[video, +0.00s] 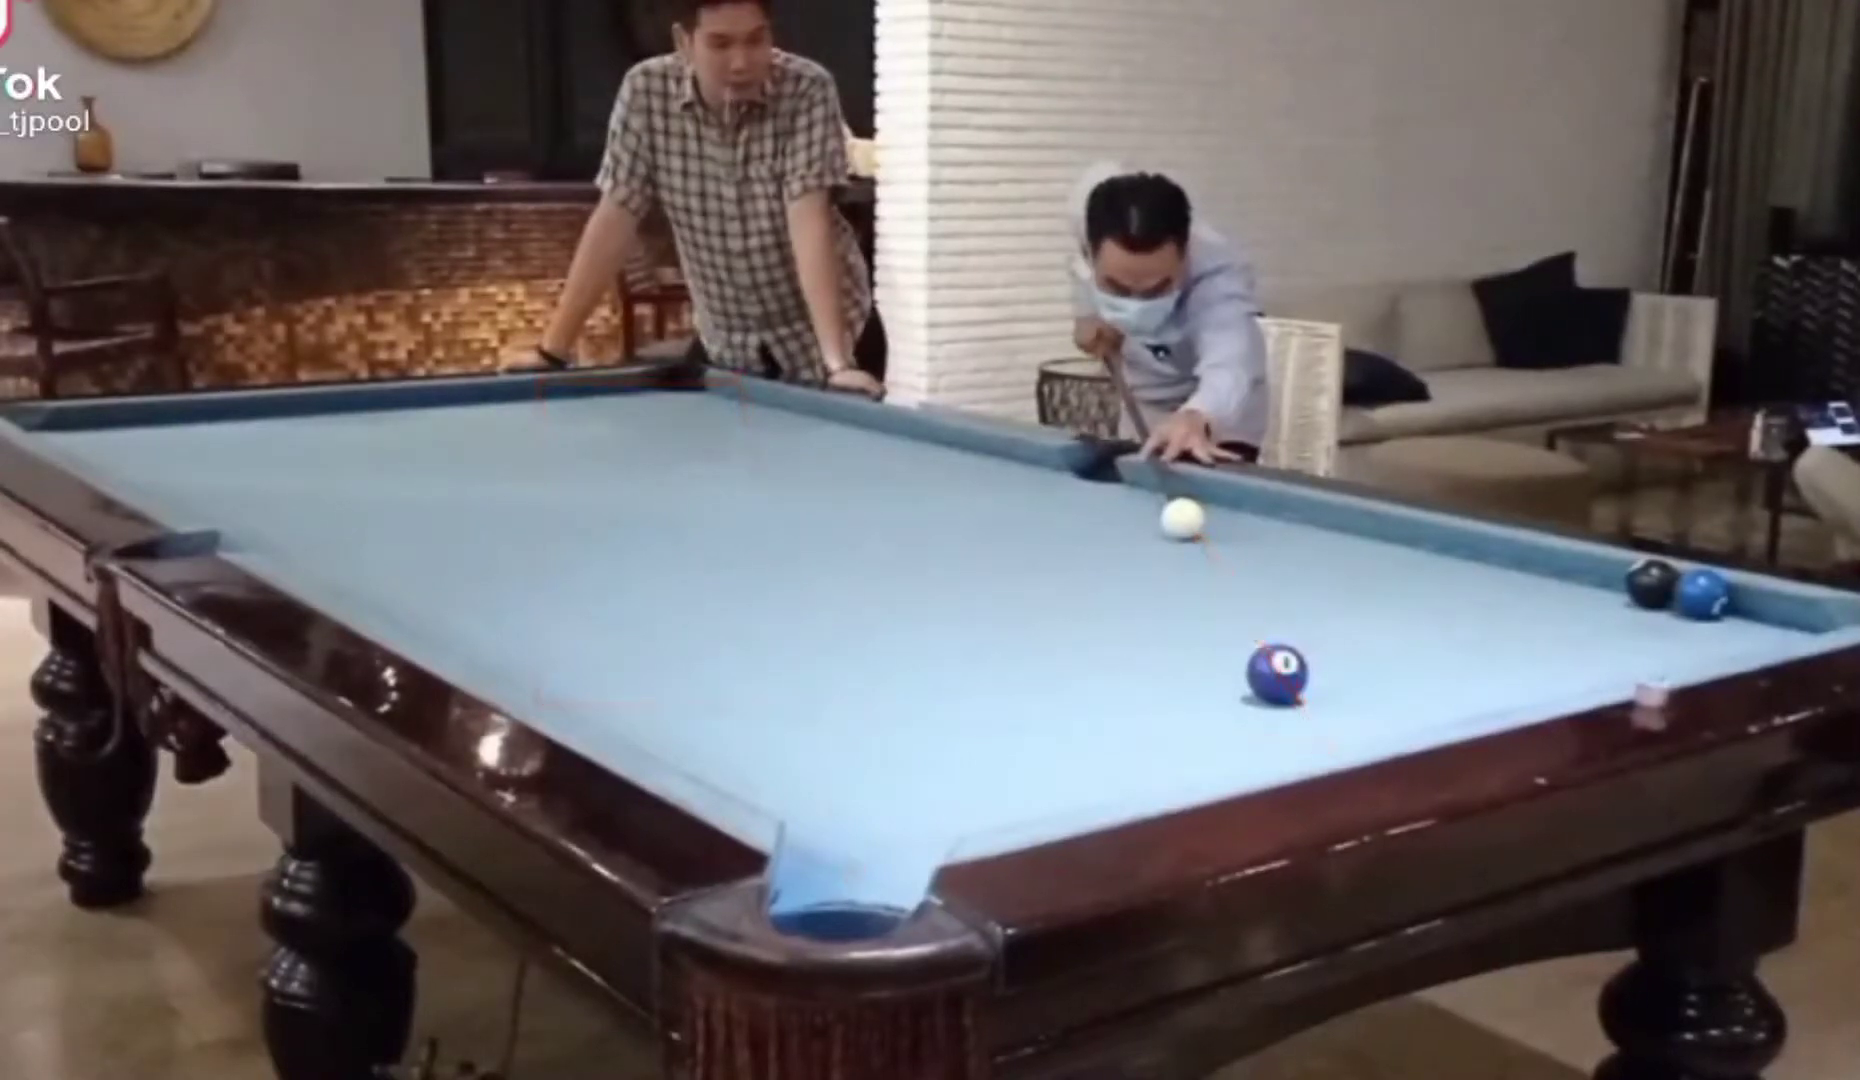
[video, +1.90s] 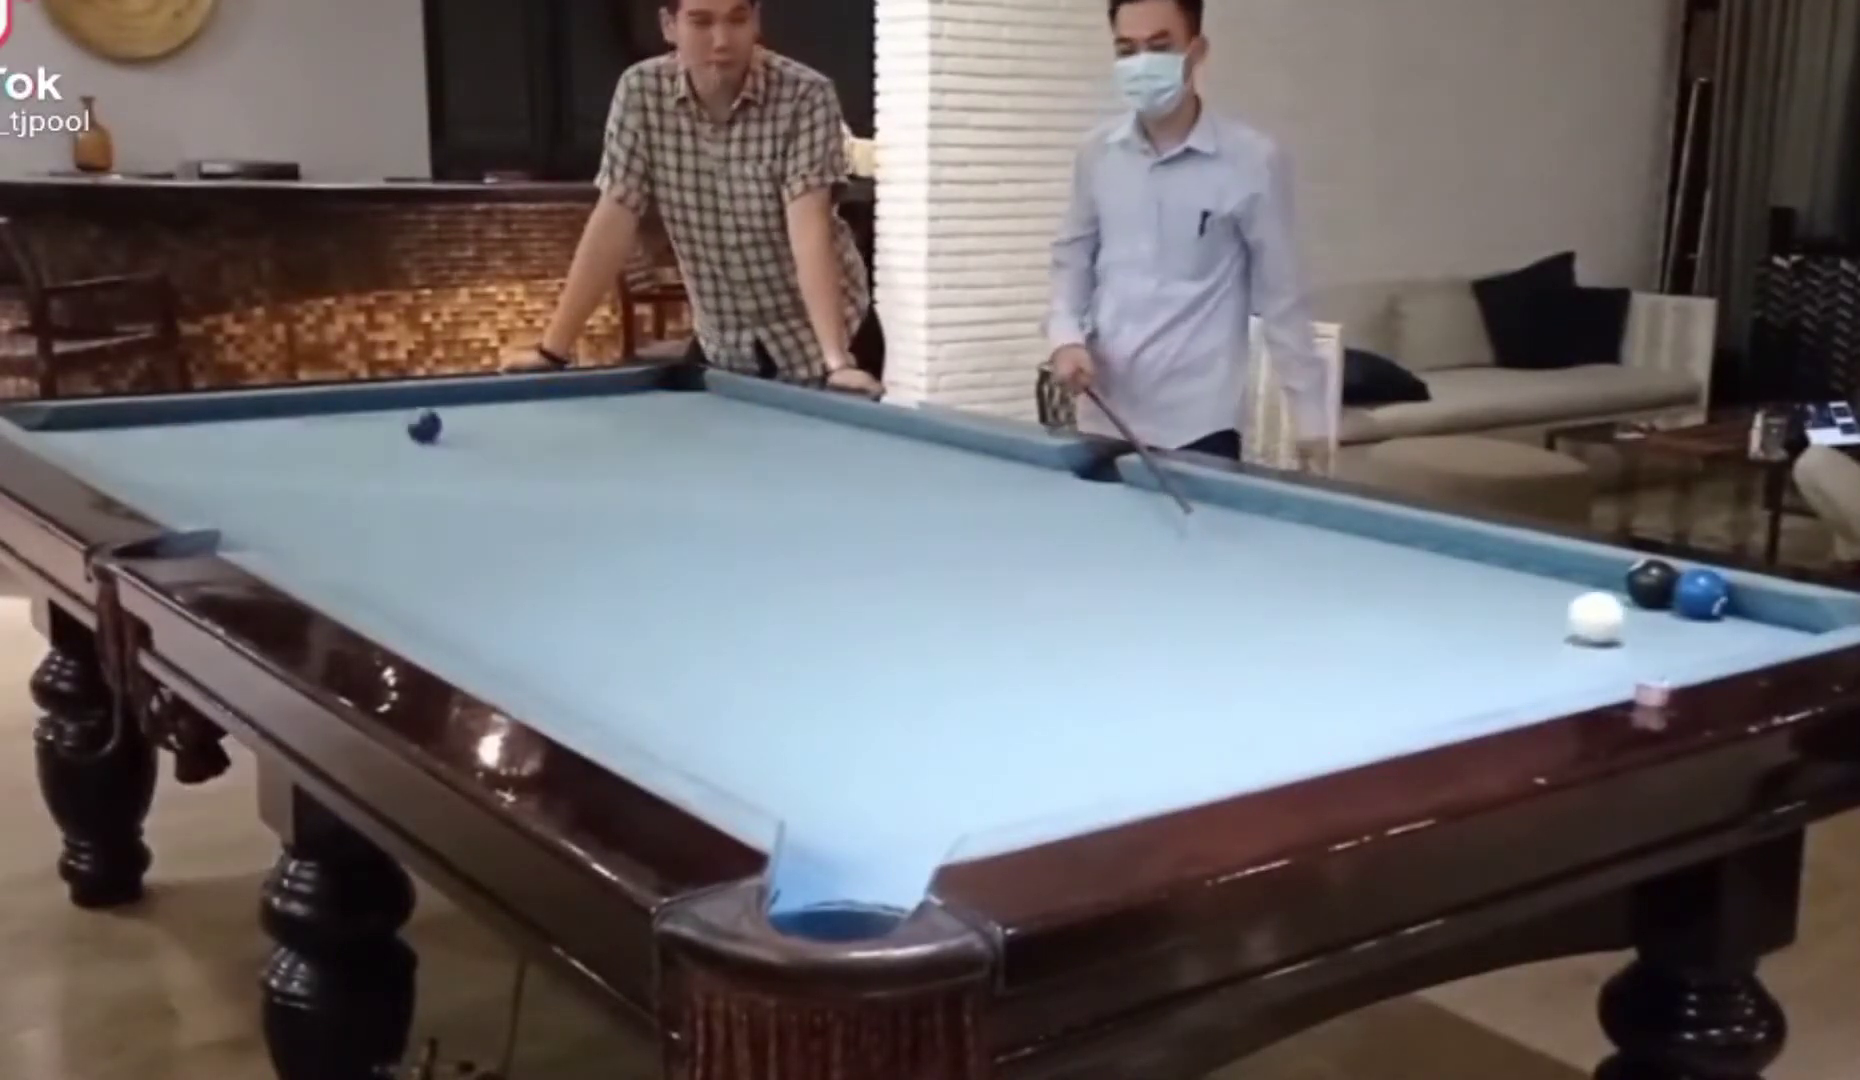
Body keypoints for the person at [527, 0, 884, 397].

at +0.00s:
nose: (740, 62)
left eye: (755, 41)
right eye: (720, 44)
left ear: (771, 36)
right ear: (684, 44)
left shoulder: (806, 90)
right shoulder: (647, 91)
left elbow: (809, 216)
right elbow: (616, 213)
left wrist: (838, 363)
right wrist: (553, 351)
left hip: (824, 343)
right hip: (725, 345)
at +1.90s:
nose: (721, 40)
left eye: (737, 21)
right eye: (702, 22)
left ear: (757, 23)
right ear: (669, 26)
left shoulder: (803, 94)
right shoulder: (641, 92)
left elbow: (810, 223)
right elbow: (614, 217)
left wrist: (837, 361)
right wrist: (553, 350)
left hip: (822, 341)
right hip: (724, 343)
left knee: (834, 495)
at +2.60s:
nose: (757, 29)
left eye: (765, 13)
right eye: (737, 15)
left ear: (777, 19)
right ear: (691, 23)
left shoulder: (811, 101)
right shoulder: (638, 90)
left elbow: (858, 225)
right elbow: (610, 214)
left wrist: (836, 288)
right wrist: (553, 350)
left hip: (814, 342)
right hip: (701, 345)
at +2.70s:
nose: (766, 31)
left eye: (774, 14)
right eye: (745, 16)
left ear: (784, 19)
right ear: (698, 24)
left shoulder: (813, 102)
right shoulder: (642, 88)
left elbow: (858, 228)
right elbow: (610, 217)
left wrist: (832, 248)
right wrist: (552, 350)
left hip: (816, 336)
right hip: (702, 341)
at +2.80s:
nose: (772, 35)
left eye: (779, 17)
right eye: (751, 19)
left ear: (789, 21)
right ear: (704, 25)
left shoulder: (814, 100)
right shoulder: (645, 87)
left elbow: (852, 247)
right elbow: (610, 218)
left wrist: (820, 202)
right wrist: (552, 351)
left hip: (815, 333)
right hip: (701, 339)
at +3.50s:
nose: (767, 40)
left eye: (777, 23)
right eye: (746, 23)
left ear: (788, 26)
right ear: (703, 26)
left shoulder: (812, 101)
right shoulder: (649, 89)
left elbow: (845, 222)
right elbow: (612, 218)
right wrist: (552, 352)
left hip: (808, 335)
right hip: (701, 344)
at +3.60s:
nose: (762, 38)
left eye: (772, 20)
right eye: (741, 20)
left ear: (783, 25)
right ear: (697, 24)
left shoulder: (810, 101)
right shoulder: (646, 90)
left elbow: (839, 212)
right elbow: (611, 218)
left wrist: (842, 307)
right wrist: (552, 351)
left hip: (808, 338)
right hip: (702, 345)